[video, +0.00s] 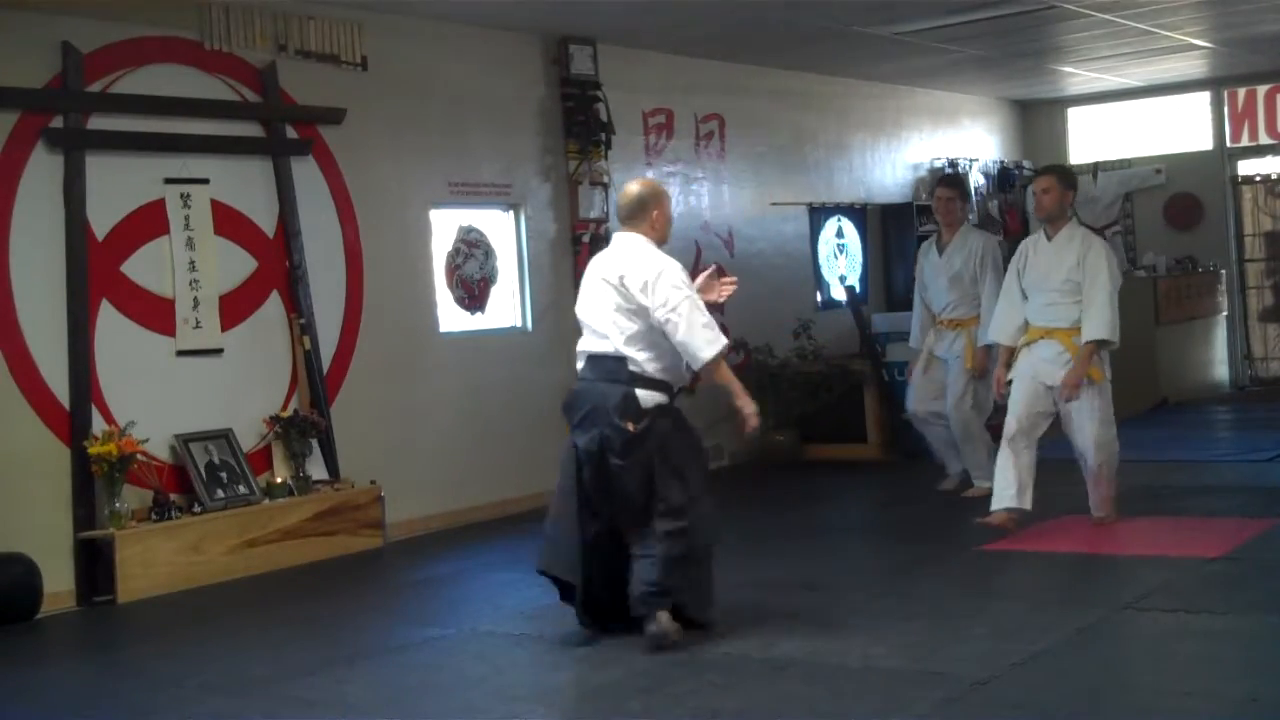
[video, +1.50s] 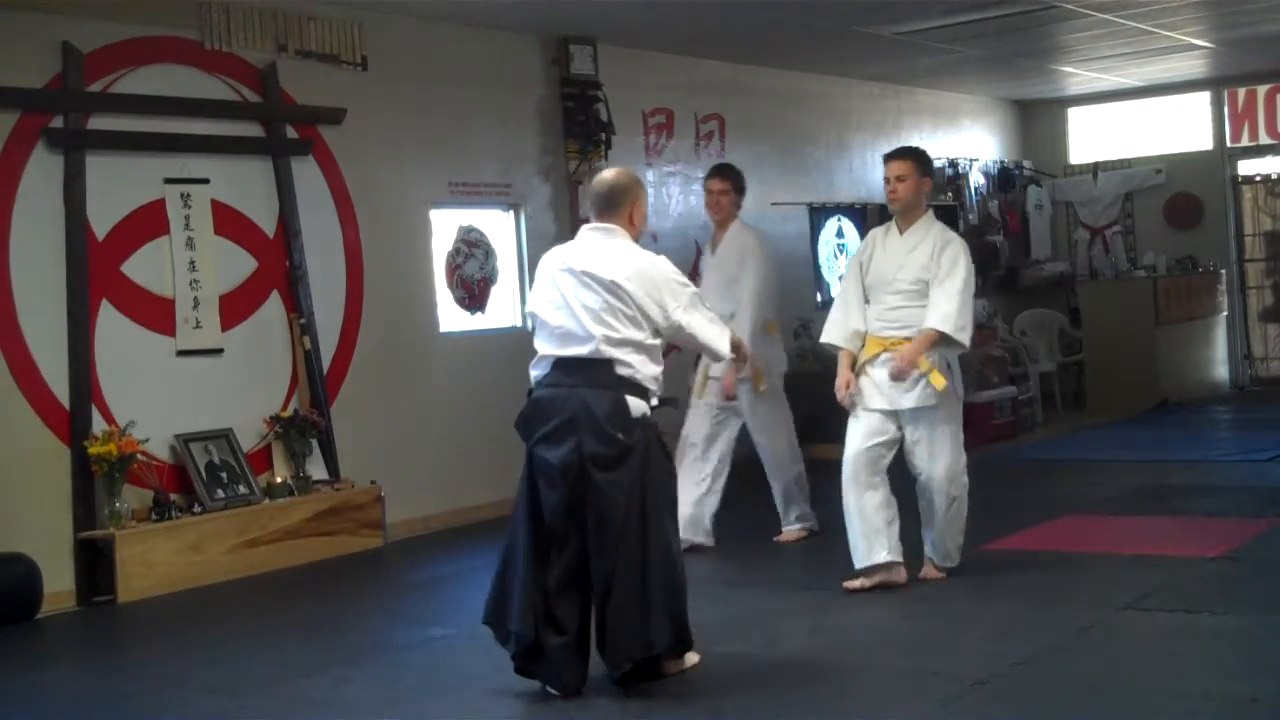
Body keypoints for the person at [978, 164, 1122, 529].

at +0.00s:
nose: (1037, 200)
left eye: (1045, 193)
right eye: (1034, 194)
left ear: (1069, 197)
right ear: (1033, 200)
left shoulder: (1093, 247)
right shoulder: (1027, 249)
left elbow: (1100, 309)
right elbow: (1011, 305)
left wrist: (1080, 365)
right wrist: (1002, 362)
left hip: (1080, 351)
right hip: (1035, 350)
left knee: (1094, 439)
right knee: (1016, 428)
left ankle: (1102, 507)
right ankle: (1008, 508)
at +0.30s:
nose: (986, 191)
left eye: (994, 183)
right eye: (984, 185)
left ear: (1019, 188)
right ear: (983, 191)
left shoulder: (1044, 239)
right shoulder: (974, 242)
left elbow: (1052, 302)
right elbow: (955, 300)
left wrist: (1040, 362)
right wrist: (946, 362)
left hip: (1029, 345)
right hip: (982, 347)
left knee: (1049, 441)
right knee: (983, 438)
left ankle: (1084, 485)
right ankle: (992, 526)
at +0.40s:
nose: (970, 188)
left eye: (979, 181)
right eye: (968, 182)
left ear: (1003, 185)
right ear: (966, 188)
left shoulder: (1030, 237)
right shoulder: (959, 240)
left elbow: (1039, 298)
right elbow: (939, 297)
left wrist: (1034, 357)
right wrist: (927, 357)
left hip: (1013, 347)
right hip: (968, 347)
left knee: (1016, 440)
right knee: (972, 440)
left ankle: (1047, 492)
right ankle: (987, 528)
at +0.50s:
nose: (958, 187)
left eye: (967, 179)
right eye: (955, 181)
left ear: (991, 183)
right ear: (954, 187)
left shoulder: (1017, 236)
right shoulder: (945, 240)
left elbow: (1029, 296)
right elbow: (925, 294)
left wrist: (1028, 355)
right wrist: (910, 350)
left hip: (1000, 346)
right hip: (956, 347)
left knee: (990, 436)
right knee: (958, 442)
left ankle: (1004, 518)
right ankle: (976, 526)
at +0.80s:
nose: (932, 184)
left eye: (941, 176)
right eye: (929, 178)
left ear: (965, 180)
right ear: (928, 184)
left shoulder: (989, 236)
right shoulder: (916, 236)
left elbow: (1006, 303)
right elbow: (897, 297)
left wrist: (1012, 370)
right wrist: (887, 352)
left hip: (966, 352)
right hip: (919, 355)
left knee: (950, 450)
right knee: (933, 452)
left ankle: (936, 549)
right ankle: (981, 514)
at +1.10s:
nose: (912, 179)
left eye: (921, 171)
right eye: (909, 172)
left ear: (948, 177)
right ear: (908, 178)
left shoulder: (969, 234)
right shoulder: (896, 232)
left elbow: (981, 303)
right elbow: (875, 295)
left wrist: (973, 364)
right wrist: (864, 356)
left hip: (944, 354)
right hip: (894, 355)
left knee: (942, 455)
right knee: (884, 453)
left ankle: (939, 549)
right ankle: (910, 540)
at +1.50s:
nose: (891, 188)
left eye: (900, 180)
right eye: (887, 181)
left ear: (926, 185)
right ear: (885, 187)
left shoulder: (948, 245)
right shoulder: (872, 243)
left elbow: (949, 310)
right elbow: (851, 307)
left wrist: (916, 349)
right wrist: (844, 364)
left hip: (928, 367)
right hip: (873, 370)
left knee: (940, 471)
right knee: (859, 465)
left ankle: (939, 556)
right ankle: (883, 563)